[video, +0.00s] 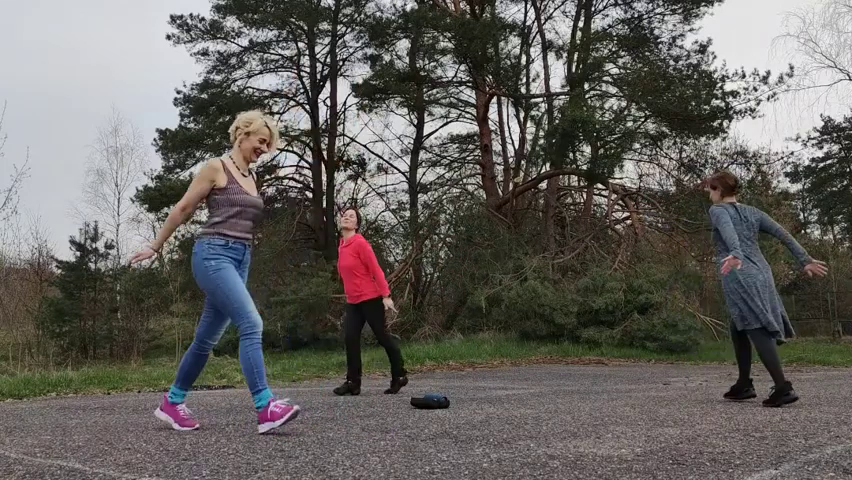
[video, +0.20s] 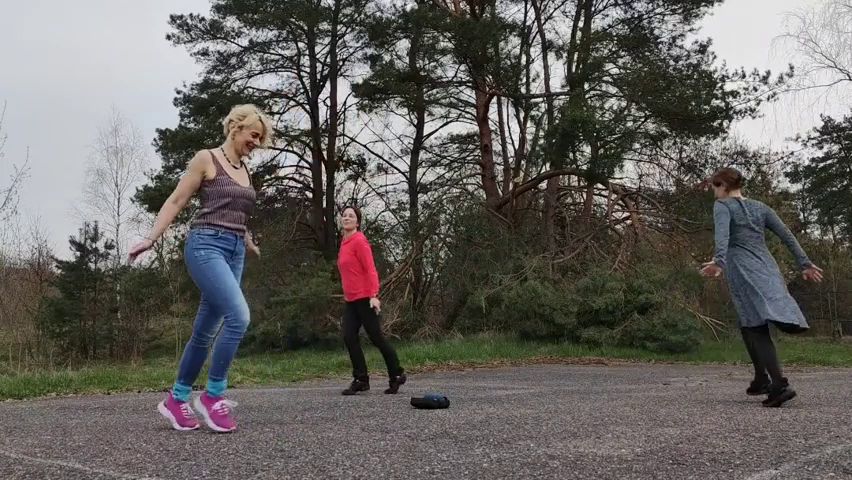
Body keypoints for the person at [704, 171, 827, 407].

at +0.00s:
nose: (709, 194)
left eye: (711, 190)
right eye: (709, 190)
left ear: (719, 190)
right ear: (733, 190)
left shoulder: (717, 210)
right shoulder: (751, 211)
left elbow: (727, 228)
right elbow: (782, 233)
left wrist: (735, 252)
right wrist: (805, 259)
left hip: (740, 275)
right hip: (761, 273)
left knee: (756, 329)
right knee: (739, 327)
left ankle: (782, 387)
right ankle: (744, 383)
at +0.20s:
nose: (714, 192)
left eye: (715, 187)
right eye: (713, 188)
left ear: (723, 186)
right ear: (737, 186)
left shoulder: (722, 205)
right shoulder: (759, 206)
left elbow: (722, 233)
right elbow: (786, 235)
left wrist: (719, 260)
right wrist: (804, 263)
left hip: (744, 274)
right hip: (767, 272)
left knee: (758, 329)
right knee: (747, 325)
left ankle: (779, 385)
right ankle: (761, 377)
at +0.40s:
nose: (716, 201)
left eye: (716, 196)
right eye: (715, 196)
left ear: (725, 192)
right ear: (740, 190)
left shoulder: (729, 215)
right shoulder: (764, 213)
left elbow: (721, 245)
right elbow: (786, 245)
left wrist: (708, 270)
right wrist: (809, 274)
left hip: (744, 284)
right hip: (770, 281)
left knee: (734, 336)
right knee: (761, 335)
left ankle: (764, 372)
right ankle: (771, 390)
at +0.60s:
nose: (714, 201)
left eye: (714, 196)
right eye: (713, 197)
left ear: (722, 192)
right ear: (735, 190)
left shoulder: (726, 215)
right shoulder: (761, 211)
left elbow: (707, 238)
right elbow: (785, 238)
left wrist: (681, 256)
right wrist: (808, 255)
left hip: (739, 278)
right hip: (765, 275)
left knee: (728, 330)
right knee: (764, 331)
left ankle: (743, 374)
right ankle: (771, 388)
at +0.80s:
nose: (710, 206)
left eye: (710, 202)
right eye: (708, 202)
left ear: (718, 198)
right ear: (732, 196)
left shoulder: (720, 221)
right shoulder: (755, 217)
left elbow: (693, 240)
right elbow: (777, 236)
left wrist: (660, 242)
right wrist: (797, 241)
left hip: (729, 283)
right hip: (756, 281)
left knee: (731, 334)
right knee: (757, 333)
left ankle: (735, 384)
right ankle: (769, 386)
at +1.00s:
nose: (700, 207)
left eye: (702, 201)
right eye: (700, 202)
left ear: (712, 200)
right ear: (720, 199)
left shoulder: (709, 225)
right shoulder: (744, 220)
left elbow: (684, 243)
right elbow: (769, 237)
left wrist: (652, 247)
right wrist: (793, 246)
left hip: (715, 283)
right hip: (742, 280)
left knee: (723, 334)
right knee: (751, 331)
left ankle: (733, 384)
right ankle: (770, 372)